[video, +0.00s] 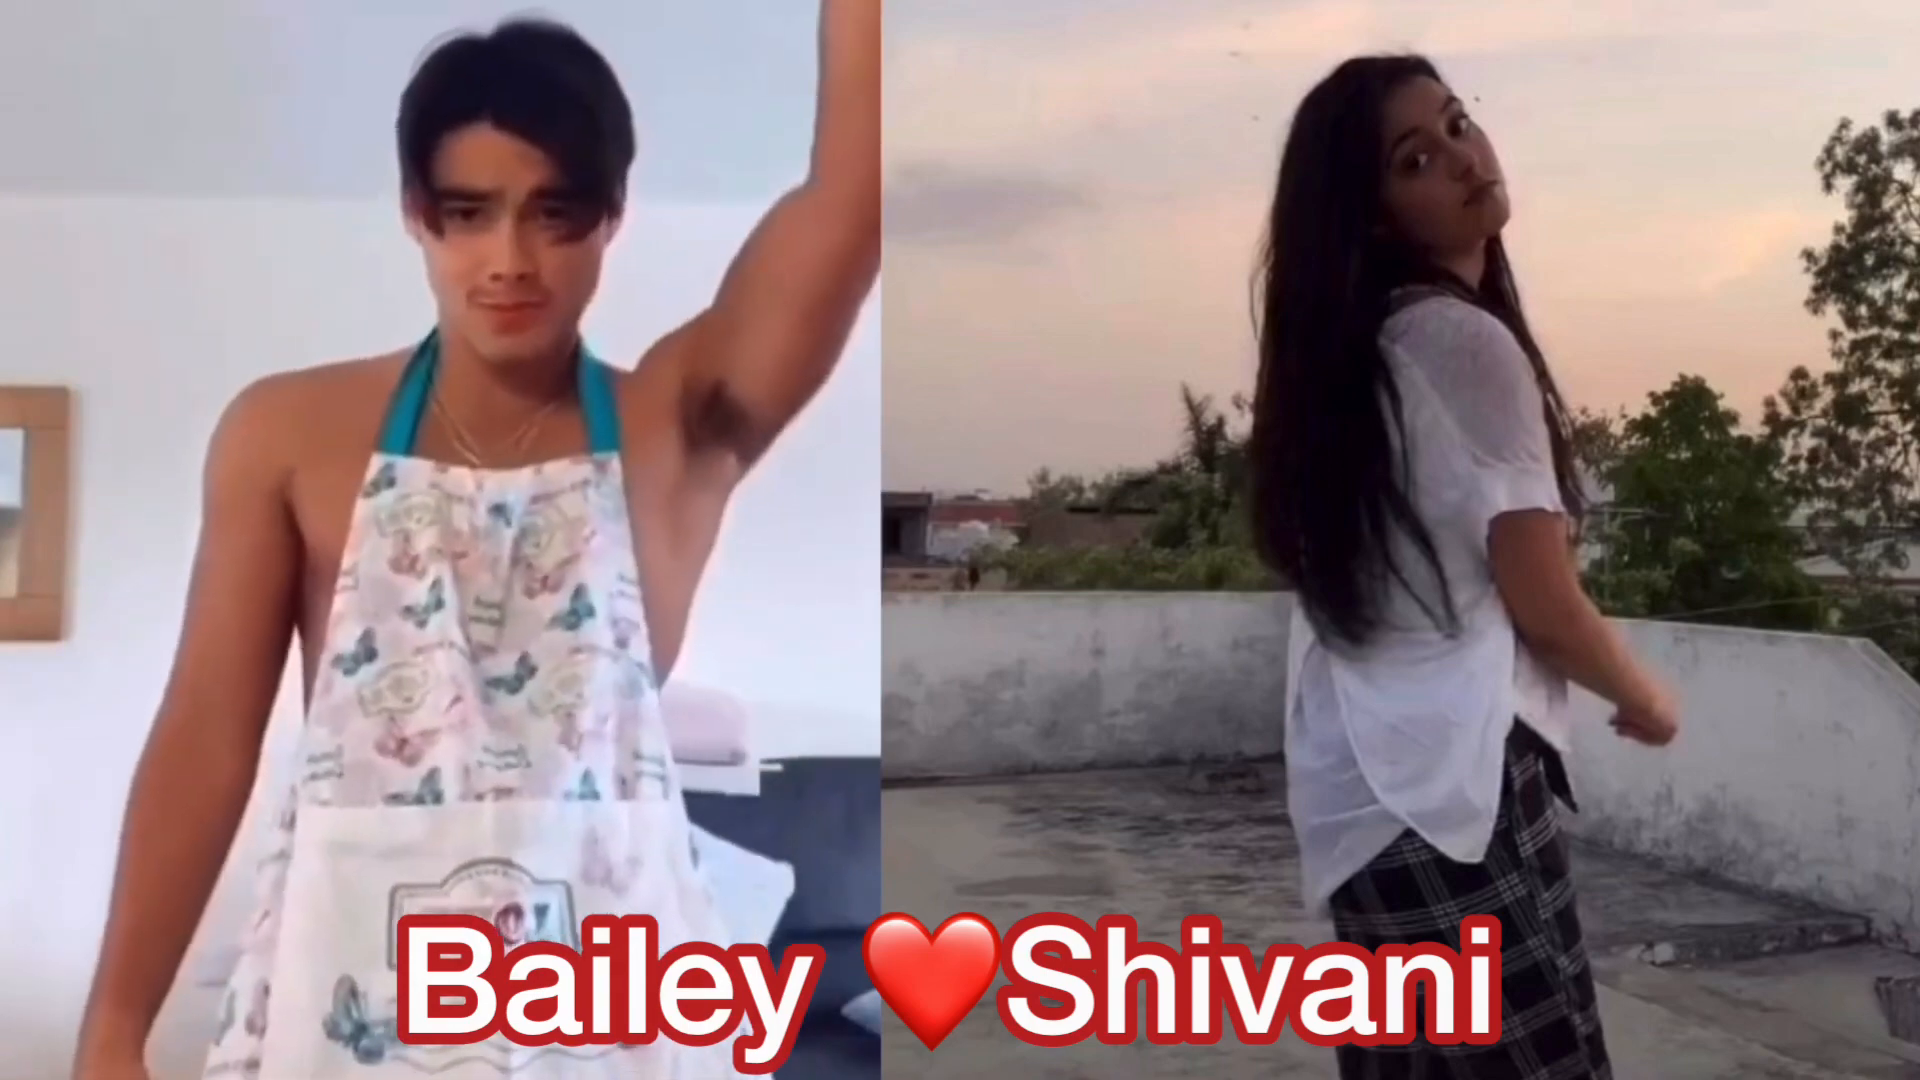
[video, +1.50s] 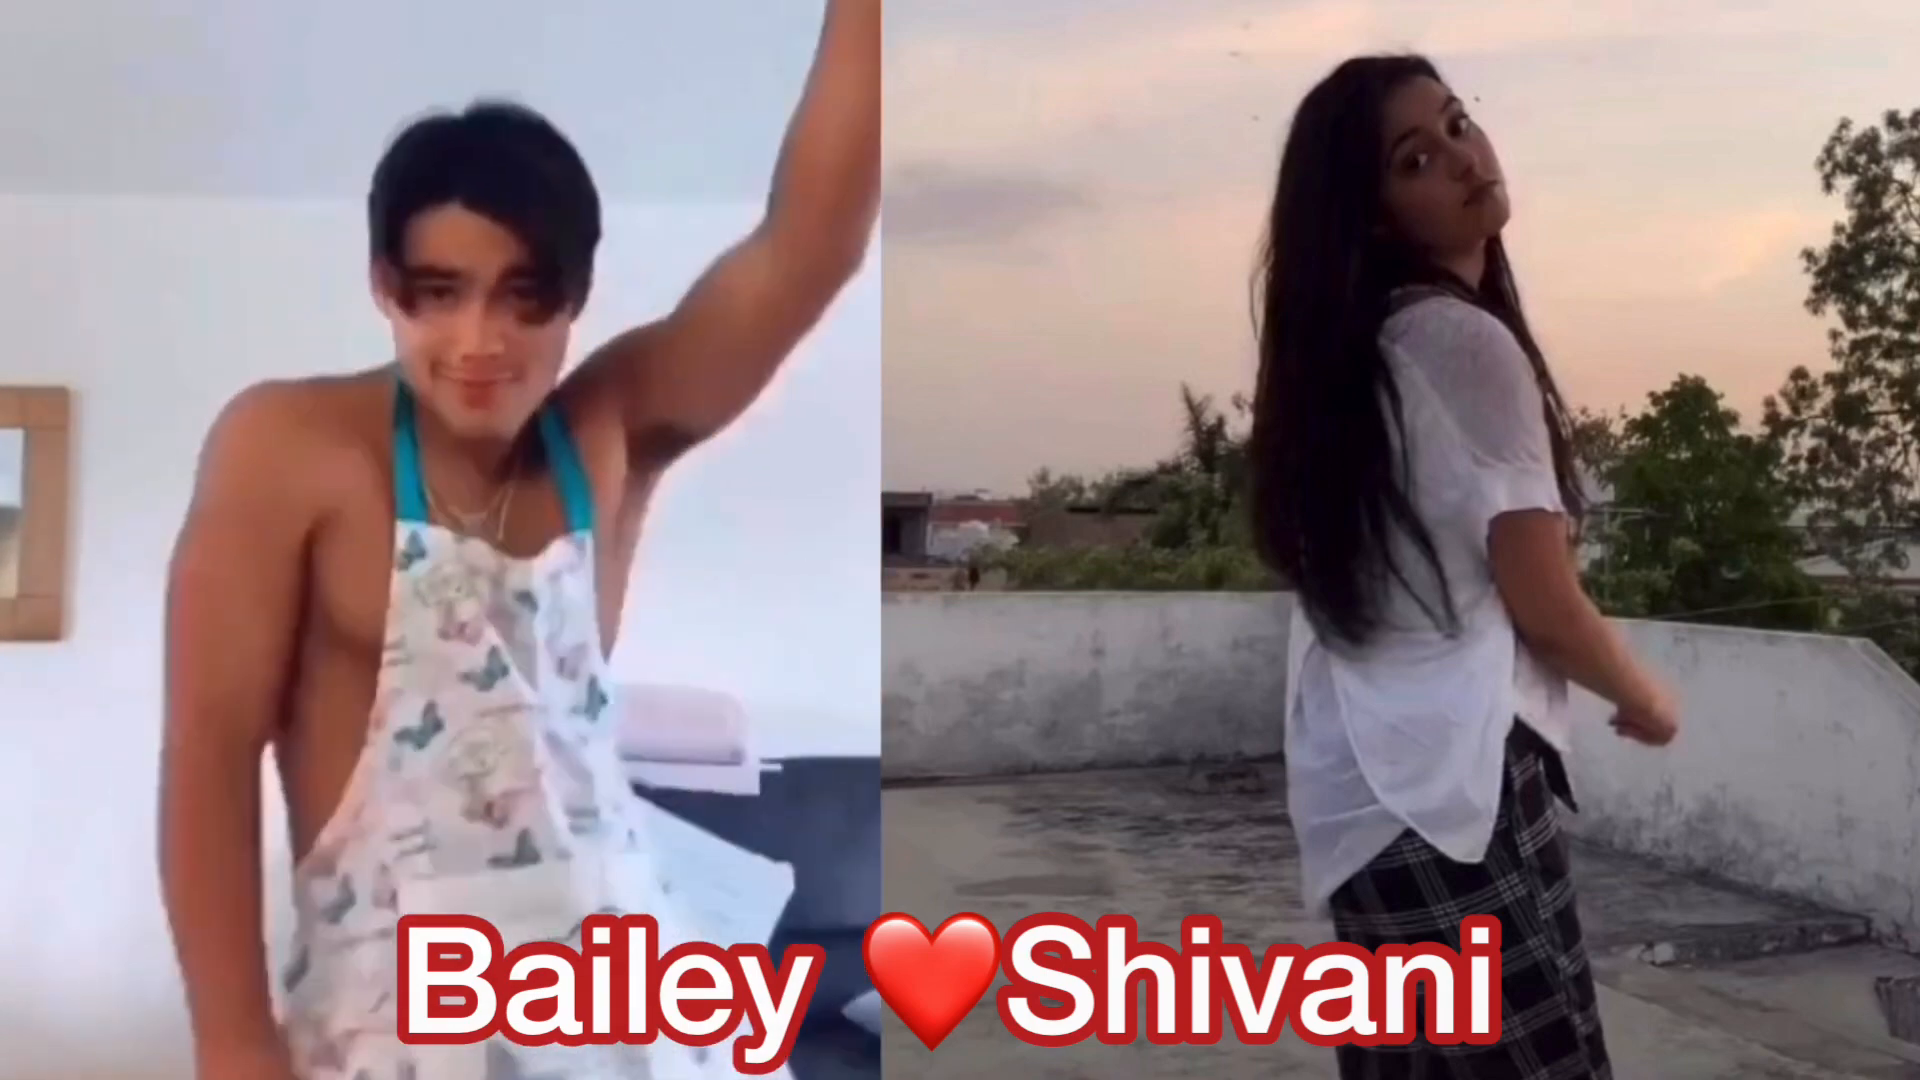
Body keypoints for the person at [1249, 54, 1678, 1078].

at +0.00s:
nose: (1466, 158)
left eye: (1459, 125)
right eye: (1417, 158)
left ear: (1480, 129)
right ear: (1370, 210)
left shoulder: (1354, 333)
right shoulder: (1465, 339)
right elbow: (1546, 604)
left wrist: (1561, 666)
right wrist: (1642, 696)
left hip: (1362, 783)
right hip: (1452, 789)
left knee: (1397, 1056)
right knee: (1545, 1056)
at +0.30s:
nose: (1466, 158)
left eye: (1459, 125)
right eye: (1417, 158)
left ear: (1480, 129)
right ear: (1370, 210)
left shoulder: (1353, 333)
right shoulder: (1465, 339)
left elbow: (1392, 564)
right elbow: (1545, 602)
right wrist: (1643, 697)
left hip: (1362, 783)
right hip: (1452, 788)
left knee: (1397, 1056)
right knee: (1544, 1056)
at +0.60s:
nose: (1466, 158)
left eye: (1459, 125)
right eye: (1417, 158)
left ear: (1480, 129)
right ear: (1370, 210)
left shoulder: (1353, 333)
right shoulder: (1465, 339)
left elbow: (1392, 564)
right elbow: (1545, 602)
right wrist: (1643, 697)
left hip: (1362, 783)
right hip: (1452, 788)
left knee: (1397, 1056)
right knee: (1544, 1056)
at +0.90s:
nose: (1466, 158)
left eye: (1459, 125)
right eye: (1417, 158)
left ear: (1480, 129)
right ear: (1370, 210)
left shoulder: (1354, 333)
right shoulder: (1465, 339)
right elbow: (1546, 604)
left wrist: (1561, 666)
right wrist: (1642, 696)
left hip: (1362, 783)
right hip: (1452, 789)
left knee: (1397, 1056)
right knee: (1545, 1056)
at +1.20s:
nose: (1466, 158)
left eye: (1459, 125)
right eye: (1417, 158)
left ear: (1480, 129)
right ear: (1370, 210)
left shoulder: (1353, 333)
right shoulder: (1465, 339)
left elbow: (1392, 564)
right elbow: (1545, 602)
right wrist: (1643, 697)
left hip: (1362, 783)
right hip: (1452, 789)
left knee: (1397, 1056)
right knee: (1544, 1056)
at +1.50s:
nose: (1466, 158)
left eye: (1459, 125)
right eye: (1417, 158)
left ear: (1480, 129)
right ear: (1370, 210)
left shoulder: (1353, 333)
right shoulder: (1465, 339)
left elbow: (1392, 564)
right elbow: (1545, 602)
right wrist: (1643, 697)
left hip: (1362, 783)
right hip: (1452, 789)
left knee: (1397, 1056)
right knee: (1544, 1056)